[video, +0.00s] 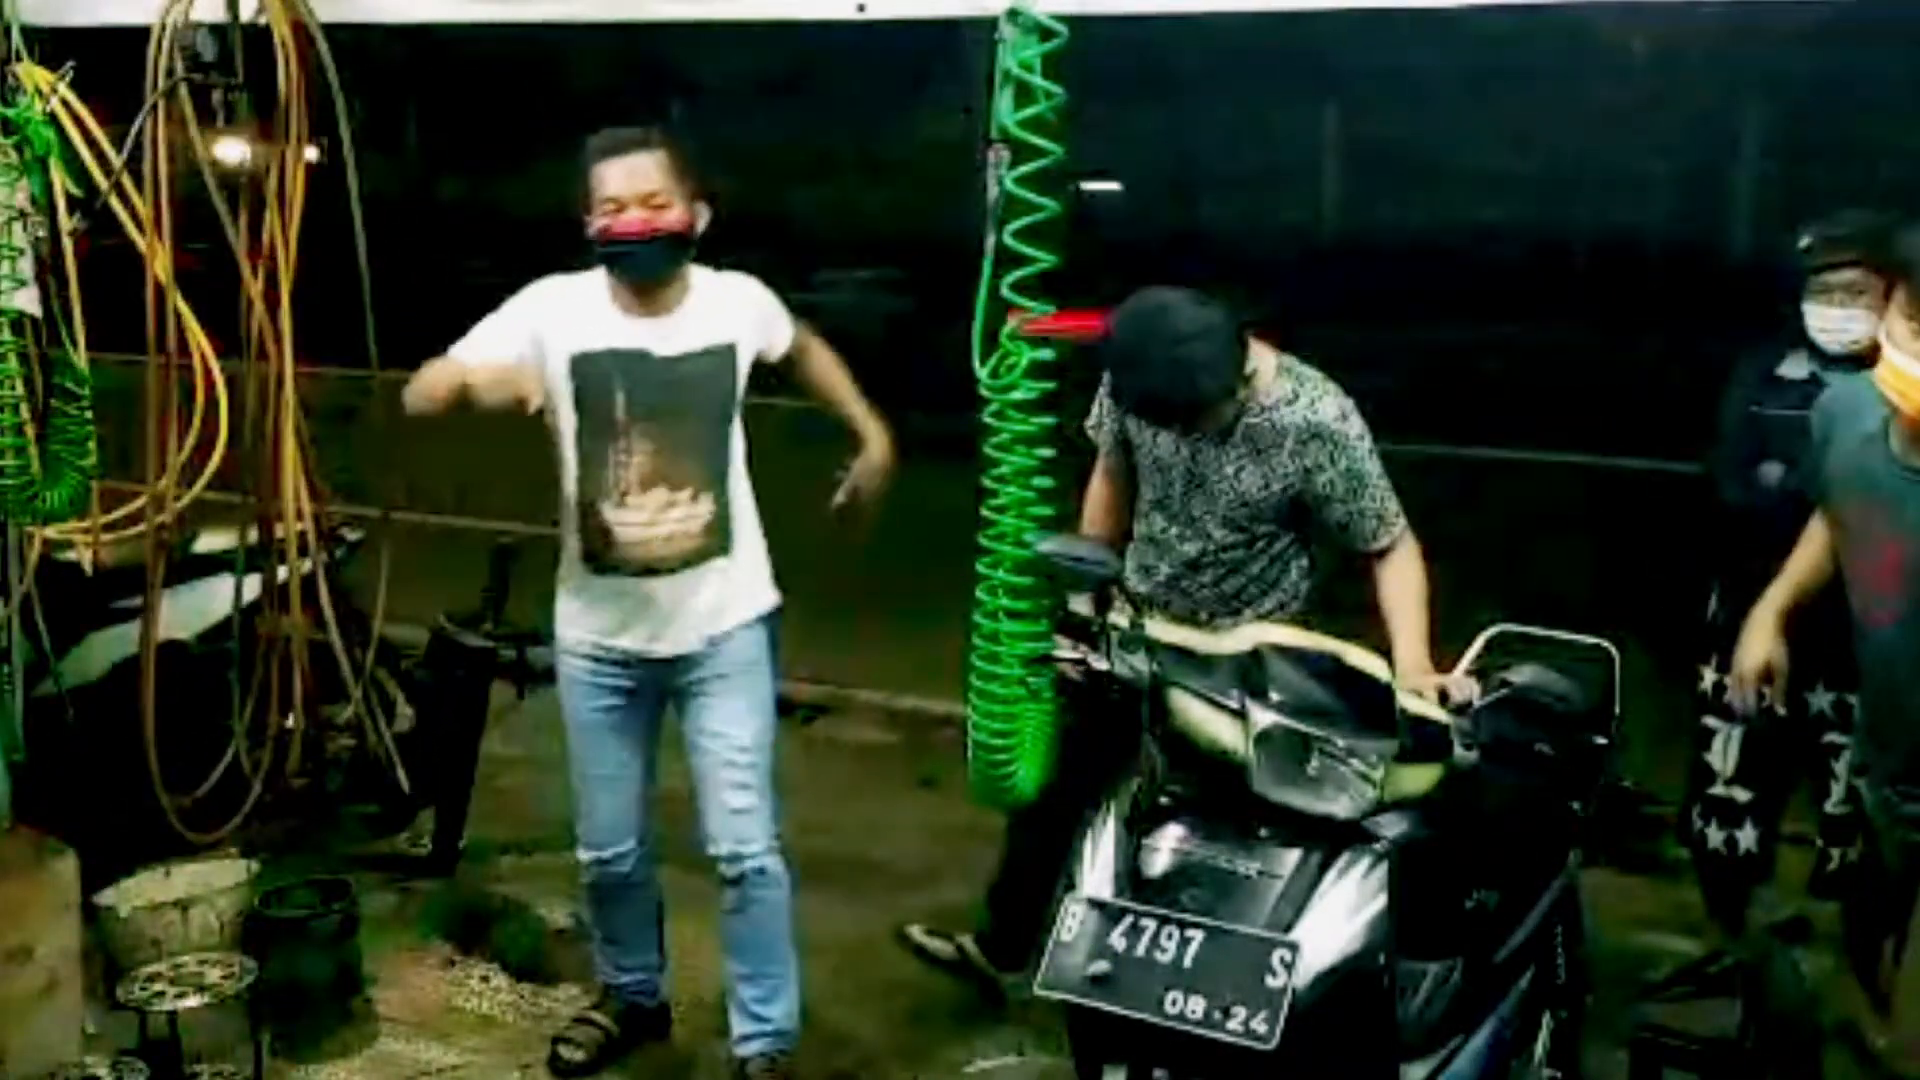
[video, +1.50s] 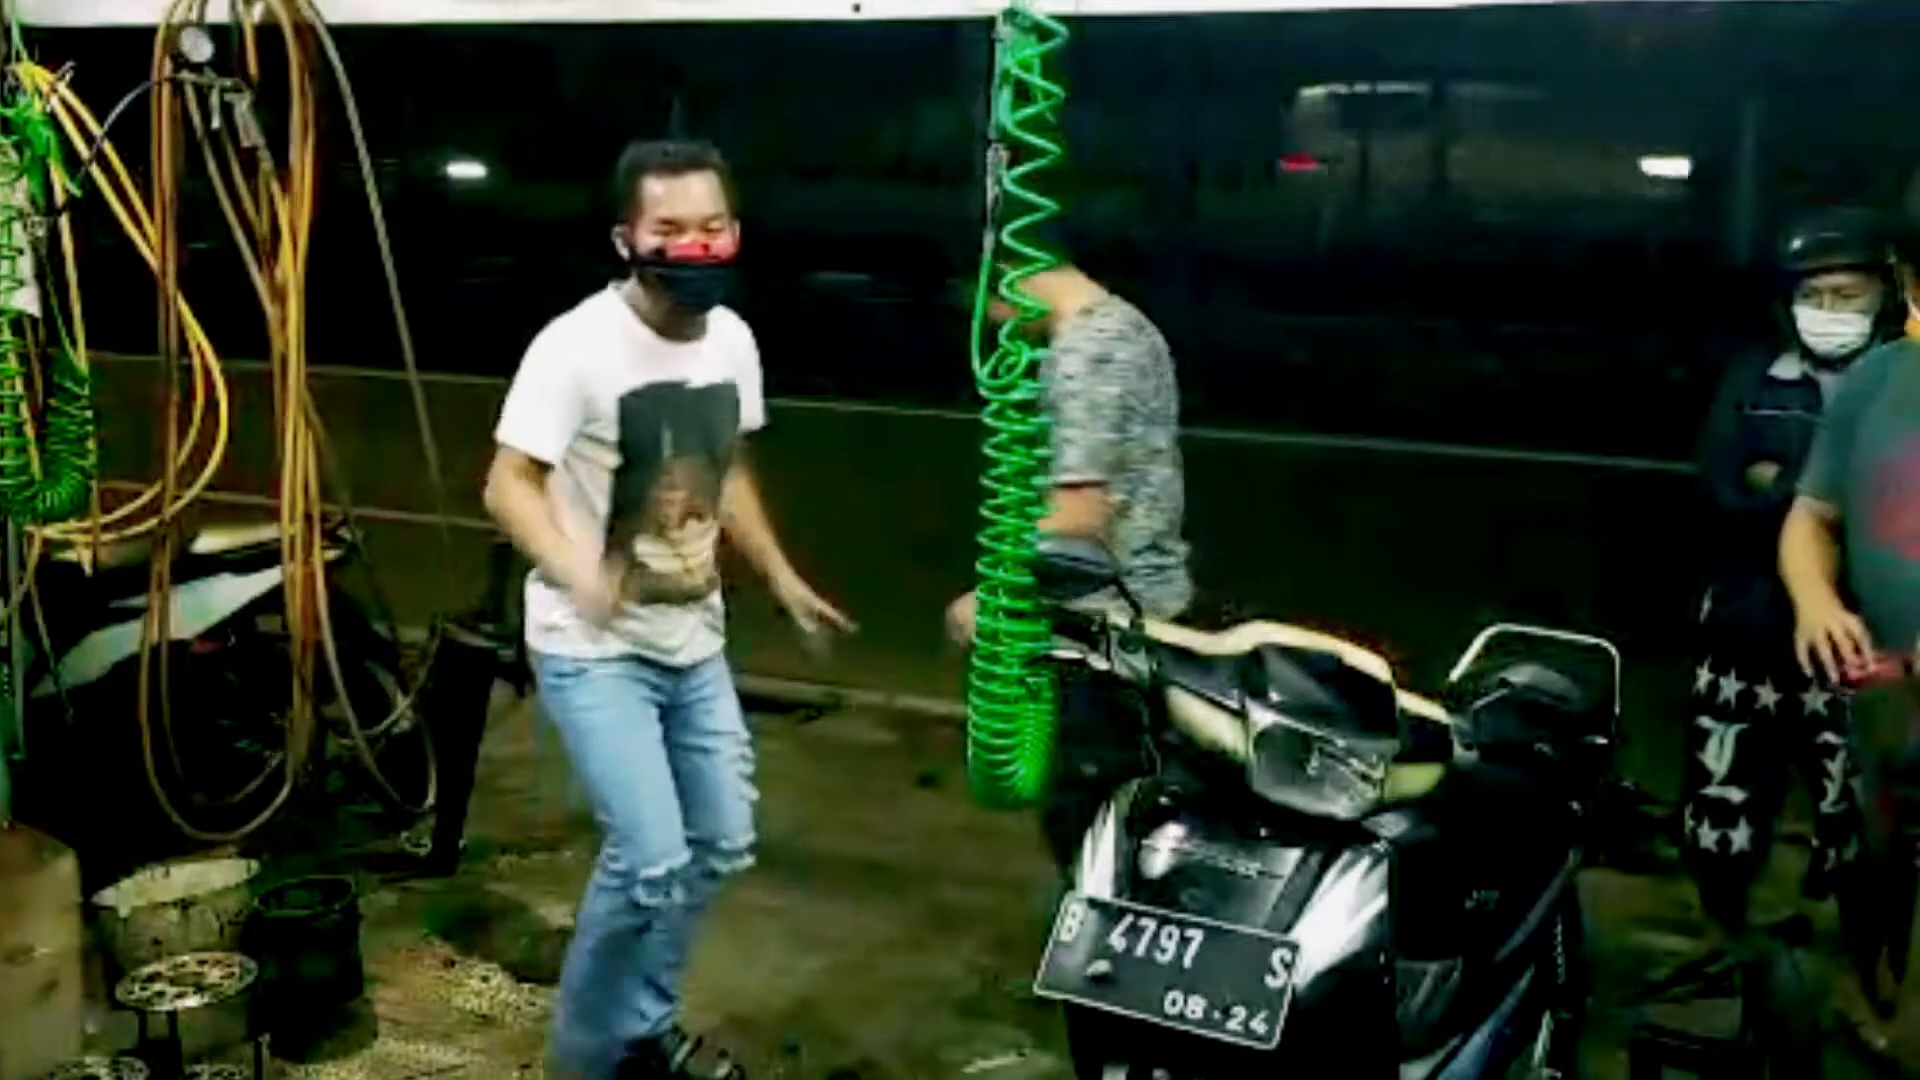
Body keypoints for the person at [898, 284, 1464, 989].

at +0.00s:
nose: (1178, 429)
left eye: (1187, 415)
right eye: (1161, 414)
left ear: (1222, 384)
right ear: (1138, 388)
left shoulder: (1315, 423)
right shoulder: (1132, 384)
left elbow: (1393, 546)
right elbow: (1110, 477)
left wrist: (1414, 670)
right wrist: (1085, 589)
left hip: (1252, 659)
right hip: (1138, 634)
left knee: (1251, 826)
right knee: (1056, 797)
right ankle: (1001, 948)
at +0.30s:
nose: (1179, 428)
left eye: (1192, 417)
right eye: (1165, 416)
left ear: (1237, 381)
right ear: (1140, 372)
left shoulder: (1311, 423)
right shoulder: (1128, 363)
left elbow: (1384, 550)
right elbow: (1096, 474)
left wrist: (1413, 671)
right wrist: (1083, 584)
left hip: (1250, 652)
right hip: (1135, 629)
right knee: (1089, 774)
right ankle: (1077, 937)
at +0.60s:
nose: (1154, 420)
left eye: (1163, 409)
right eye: (1140, 408)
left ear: (1198, 381)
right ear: (1120, 371)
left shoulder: (1288, 416)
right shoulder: (1116, 368)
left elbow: (1371, 544)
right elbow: (1092, 474)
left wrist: (1413, 673)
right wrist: (1081, 593)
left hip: (1240, 655)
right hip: (1130, 634)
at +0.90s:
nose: (1085, 379)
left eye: (1083, 366)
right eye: (1074, 368)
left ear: (1114, 335)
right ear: (1111, 327)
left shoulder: (1231, 394)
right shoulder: (1114, 362)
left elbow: (1336, 515)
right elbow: (1101, 453)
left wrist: (1395, 661)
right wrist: (1084, 568)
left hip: (1225, 657)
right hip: (1129, 633)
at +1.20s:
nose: (1030, 341)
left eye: (1027, 324)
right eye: (1021, 328)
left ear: (1054, 296)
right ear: (1054, 293)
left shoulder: (1158, 366)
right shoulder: (1092, 353)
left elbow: (1203, 518)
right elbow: (1099, 510)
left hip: (1159, 634)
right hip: (1106, 627)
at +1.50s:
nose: (1002, 326)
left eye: (994, 312)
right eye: (993, 315)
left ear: (1010, 288)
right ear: (1035, 271)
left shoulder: (1089, 350)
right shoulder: (1122, 332)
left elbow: (1080, 516)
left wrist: (992, 597)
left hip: (1112, 615)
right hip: (1148, 599)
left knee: (1086, 828)